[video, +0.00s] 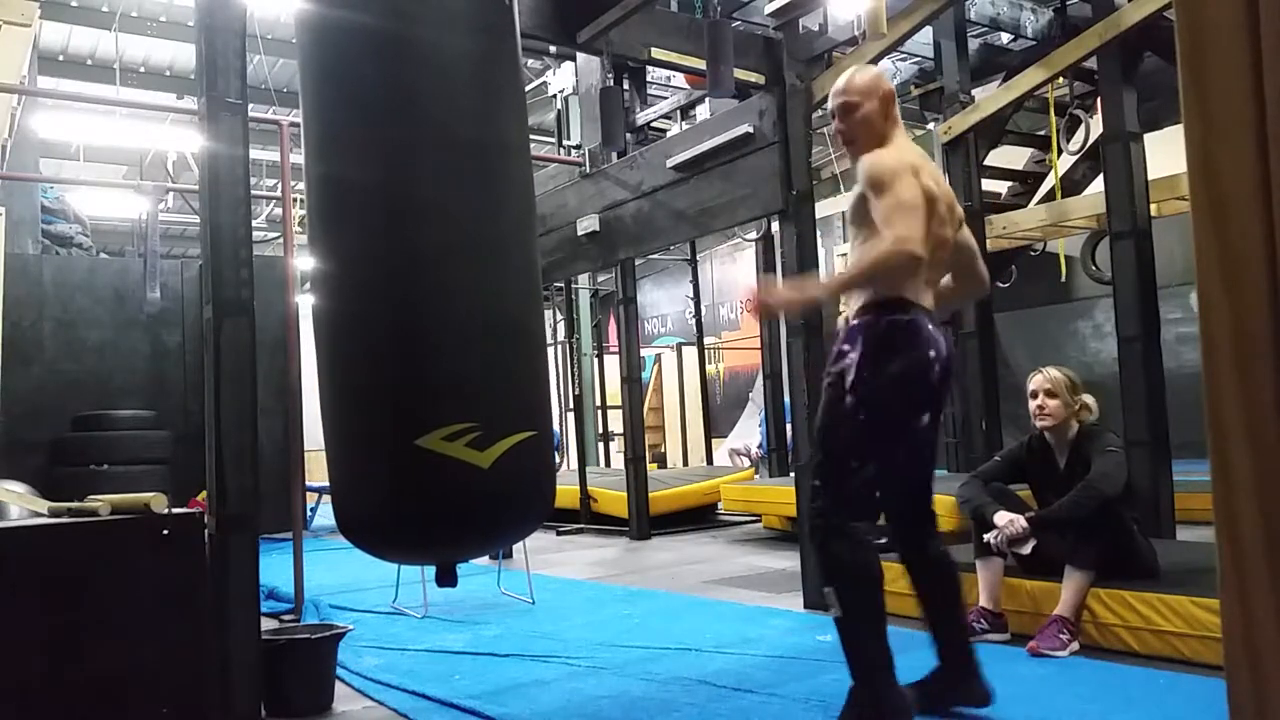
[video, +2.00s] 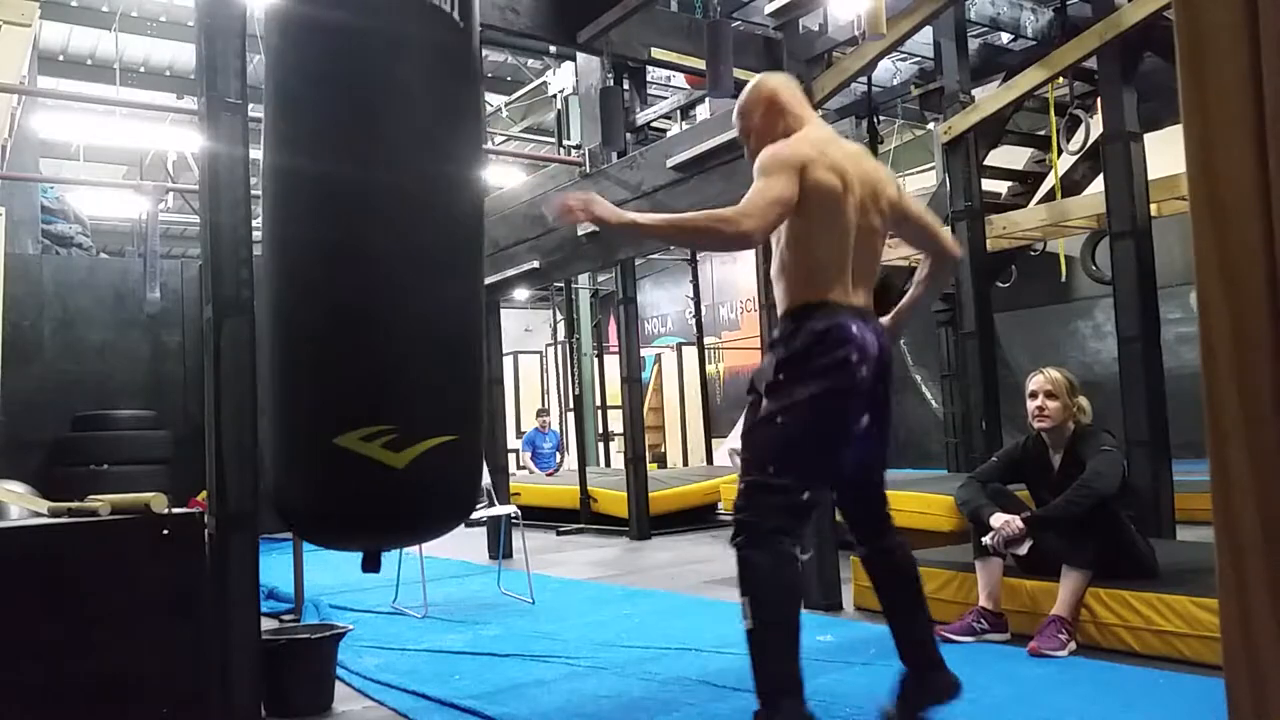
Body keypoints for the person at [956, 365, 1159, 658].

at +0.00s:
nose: (1039, 403)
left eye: (1050, 395)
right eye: (1033, 396)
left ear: (1074, 403)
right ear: (1027, 405)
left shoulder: (1101, 441)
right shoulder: (1029, 449)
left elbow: (1105, 485)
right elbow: (968, 487)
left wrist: (1029, 522)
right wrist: (995, 514)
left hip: (1119, 559)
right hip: (1058, 556)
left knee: (1095, 506)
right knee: (991, 496)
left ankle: (1063, 621)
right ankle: (989, 612)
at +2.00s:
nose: (1040, 404)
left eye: (1051, 396)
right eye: (1033, 397)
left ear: (1071, 405)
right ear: (1026, 406)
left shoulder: (1097, 441)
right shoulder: (1026, 449)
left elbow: (1100, 485)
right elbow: (967, 488)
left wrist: (1027, 522)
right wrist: (993, 517)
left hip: (1118, 560)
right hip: (1058, 557)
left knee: (1092, 505)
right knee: (989, 495)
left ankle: (1061, 621)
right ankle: (989, 612)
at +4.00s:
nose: (1041, 404)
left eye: (1052, 396)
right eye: (1034, 396)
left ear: (1072, 406)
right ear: (1026, 405)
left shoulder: (1098, 443)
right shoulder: (1026, 449)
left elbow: (1100, 485)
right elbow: (968, 488)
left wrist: (1026, 522)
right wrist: (992, 516)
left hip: (1118, 559)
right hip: (1059, 556)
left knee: (1088, 505)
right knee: (988, 495)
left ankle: (1061, 621)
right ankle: (989, 612)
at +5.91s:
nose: (1041, 404)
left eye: (1052, 396)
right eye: (1035, 396)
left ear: (1072, 406)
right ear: (1027, 405)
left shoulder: (1097, 442)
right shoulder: (1027, 449)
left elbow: (1100, 485)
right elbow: (968, 488)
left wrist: (1028, 522)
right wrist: (993, 516)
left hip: (1118, 559)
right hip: (1058, 556)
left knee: (1089, 504)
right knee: (989, 496)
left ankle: (1061, 621)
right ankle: (989, 612)